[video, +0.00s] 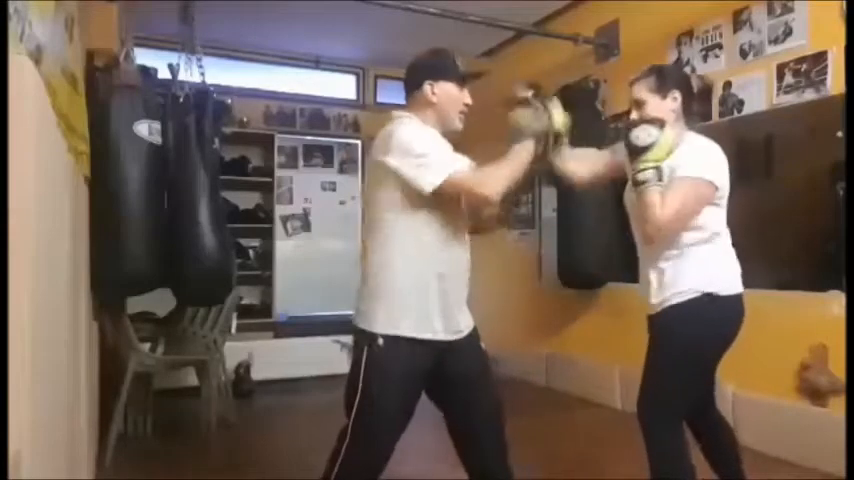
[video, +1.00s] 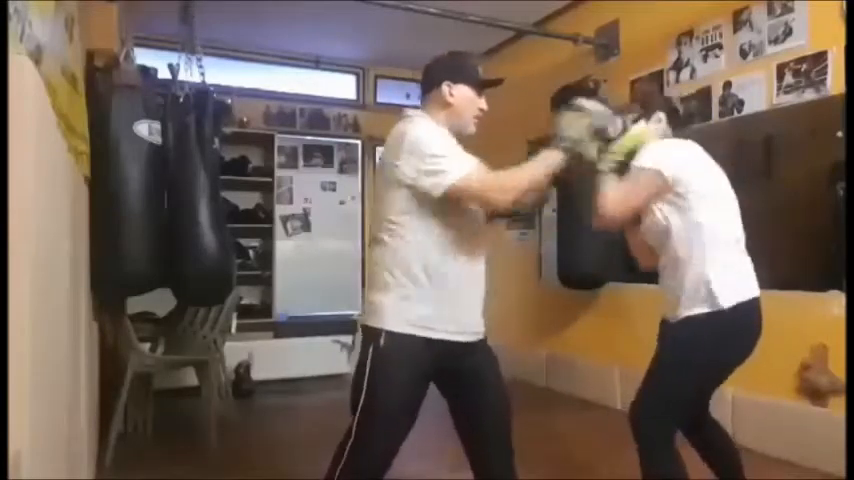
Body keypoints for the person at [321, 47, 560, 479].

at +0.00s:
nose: (469, 99)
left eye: (467, 89)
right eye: (459, 86)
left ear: (433, 93)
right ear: (430, 91)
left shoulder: (441, 148)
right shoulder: (402, 135)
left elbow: (477, 221)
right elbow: (480, 188)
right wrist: (528, 142)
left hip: (452, 329)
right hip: (394, 331)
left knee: (489, 456)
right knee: (360, 460)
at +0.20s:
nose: (487, 98)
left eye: (485, 89)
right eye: (479, 87)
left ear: (450, 93)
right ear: (449, 90)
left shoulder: (456, 143)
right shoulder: (422, 132)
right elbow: (507, 186)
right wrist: (560, 150)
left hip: (457, 329)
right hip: (402, 330)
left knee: (492, 454)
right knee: (368, 455)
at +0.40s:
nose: (501, 100)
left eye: (500, 89)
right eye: (493, 88)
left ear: (466, 91)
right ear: (465, 89)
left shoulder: (466, 146)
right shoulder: (432, 131)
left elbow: (486, 230)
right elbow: (507, 190)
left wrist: (519, 215)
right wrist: (565, 159)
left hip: (466, 323)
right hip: (410, 321)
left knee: (495, 440)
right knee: (374, 445)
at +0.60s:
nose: (504, 101)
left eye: (504, 91)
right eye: (497, 89)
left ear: (470, 92)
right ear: (468, 90)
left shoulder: (479, 151)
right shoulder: (425, 138)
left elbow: (512, 215)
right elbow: (450, 223)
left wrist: (544, 192)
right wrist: (516, 190)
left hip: (469, 329)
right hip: (410, 327)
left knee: (496, 442)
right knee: (373, 449)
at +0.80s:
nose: (499, 102)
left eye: (499, 92)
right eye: (492, 91)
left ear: (464, 93)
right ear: (463, 90)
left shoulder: (457, 142)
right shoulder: (431, 135)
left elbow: (487, 218)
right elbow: (510, 196)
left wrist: (533, 195)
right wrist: (577, 154)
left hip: (464, 326)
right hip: (410, 327)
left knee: (494, 440)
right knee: (374, 448)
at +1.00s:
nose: (485, 105)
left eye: (484, 95)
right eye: (477, 93)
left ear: (448, 95)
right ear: (446, 91)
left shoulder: (454, 150)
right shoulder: (414, 134)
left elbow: (509, 199)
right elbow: (491, 191)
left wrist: (560, 159)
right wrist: (556, 154)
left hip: (461, 334)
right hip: (400, 332)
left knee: (496, 459)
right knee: (366, 458)